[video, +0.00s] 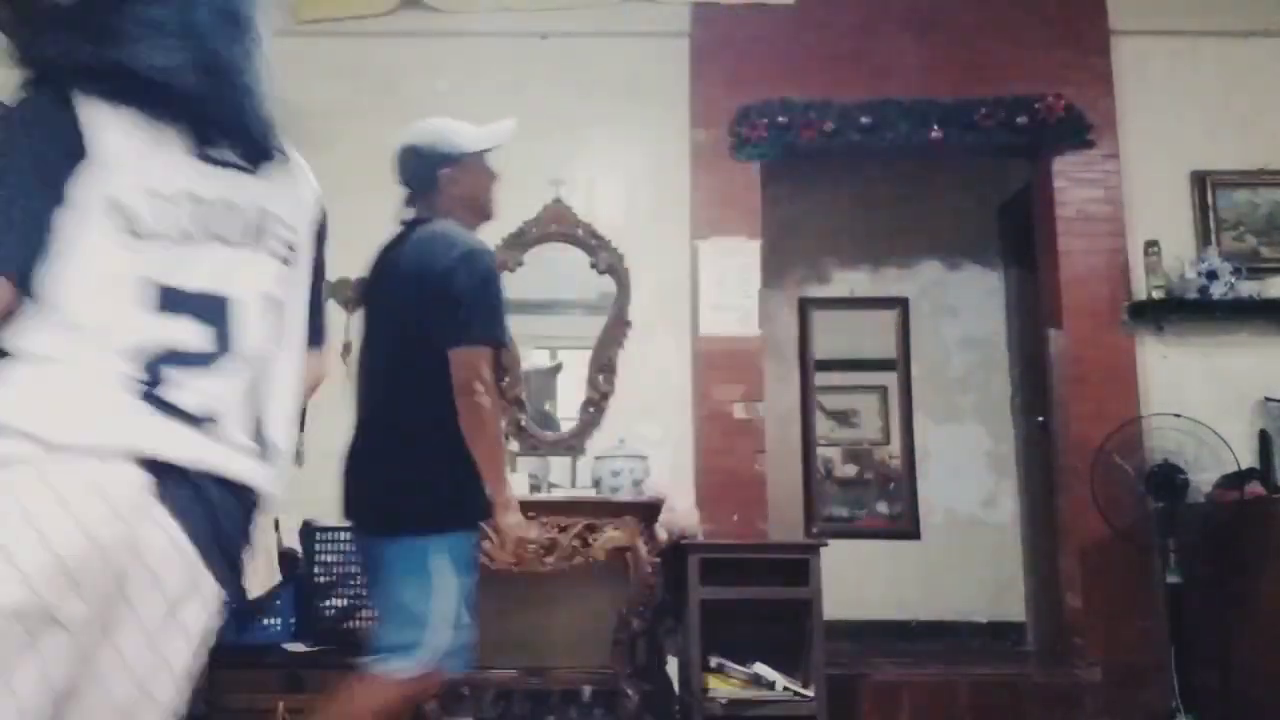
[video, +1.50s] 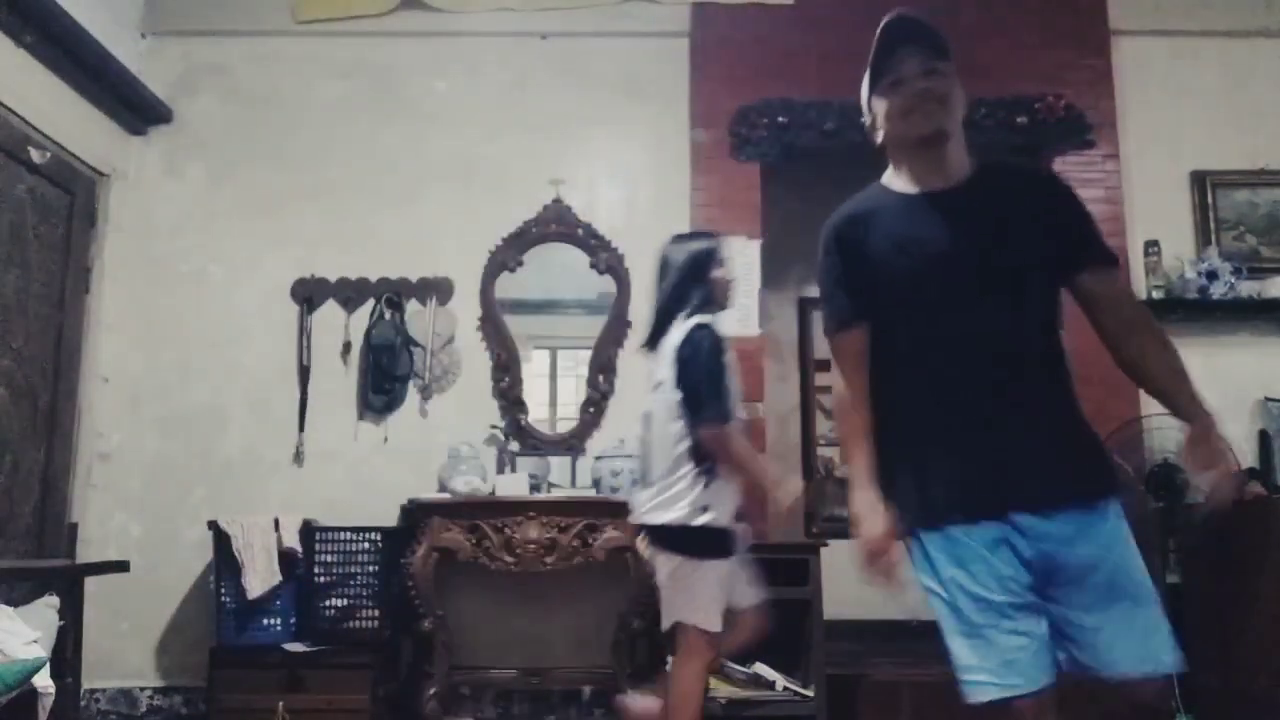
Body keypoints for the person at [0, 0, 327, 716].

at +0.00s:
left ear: (67, 17)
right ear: (229, 28)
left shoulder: (57, 117)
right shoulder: (293, 177)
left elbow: (2, 288)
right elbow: (310, 364)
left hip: (44, 475)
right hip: (205, 508)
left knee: (20, 700)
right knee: (128, 706)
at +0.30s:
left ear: (32, 93)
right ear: (166, 105)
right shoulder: (227, 238)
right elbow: (235, 400)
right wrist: (155, 473)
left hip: (19, 512)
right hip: (120, 539)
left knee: (79, 702)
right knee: (80, 707)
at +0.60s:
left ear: (205, 150)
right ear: (291, 151)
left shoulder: (158, 229)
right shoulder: (315, 234)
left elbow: (104, 369)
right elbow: (326, 369)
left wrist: (51, 475)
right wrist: (270, 394)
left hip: (111, 463)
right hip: (214, 488)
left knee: (100, 669)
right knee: (143, 672)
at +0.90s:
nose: (415, 266)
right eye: (411, 256)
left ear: (341, 254)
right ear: (403, 260)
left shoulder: (316, 323)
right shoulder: (417, 328)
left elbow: (292, 431)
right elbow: (430, 442)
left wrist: (271, 530)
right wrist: (454, 540)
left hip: (306, 521)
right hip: (366, 529)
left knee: (365, 668)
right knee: (298, 687)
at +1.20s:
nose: (581, 259)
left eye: (576, 247)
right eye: (571, 248)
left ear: (520, 259)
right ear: (547, 258)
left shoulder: (509, 307)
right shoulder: (553, 314)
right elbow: (542, 419)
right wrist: (541, 512)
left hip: (480, 499)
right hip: (530, 507)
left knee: (468, 647)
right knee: (570, 641)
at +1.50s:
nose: (729, 275)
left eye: (725, 266)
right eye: (720, 267)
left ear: (687, 278)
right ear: (699, 277)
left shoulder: (677, 333)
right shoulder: (699, 336)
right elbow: (715, 433)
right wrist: (774, 480)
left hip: (694, 518)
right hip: (690, 522)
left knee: (752, 620)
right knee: (695, 646)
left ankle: (658, 696)